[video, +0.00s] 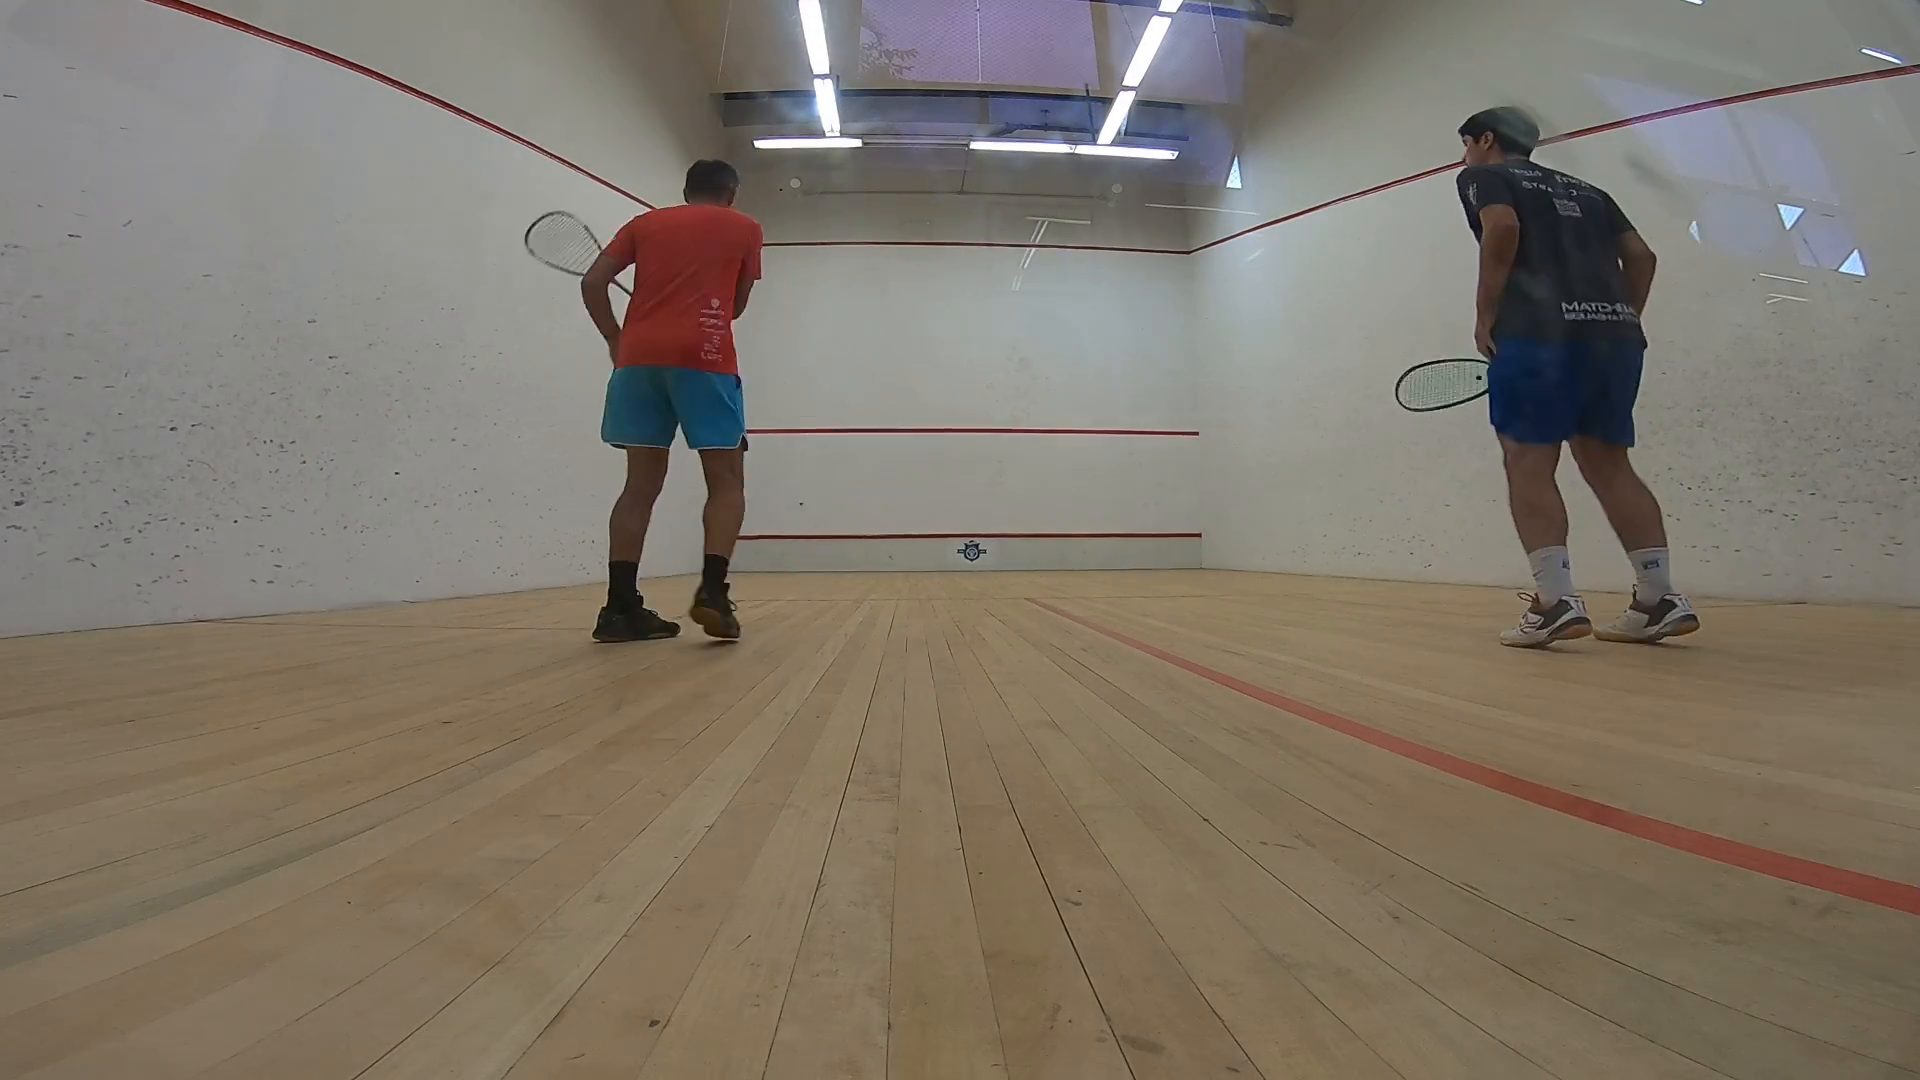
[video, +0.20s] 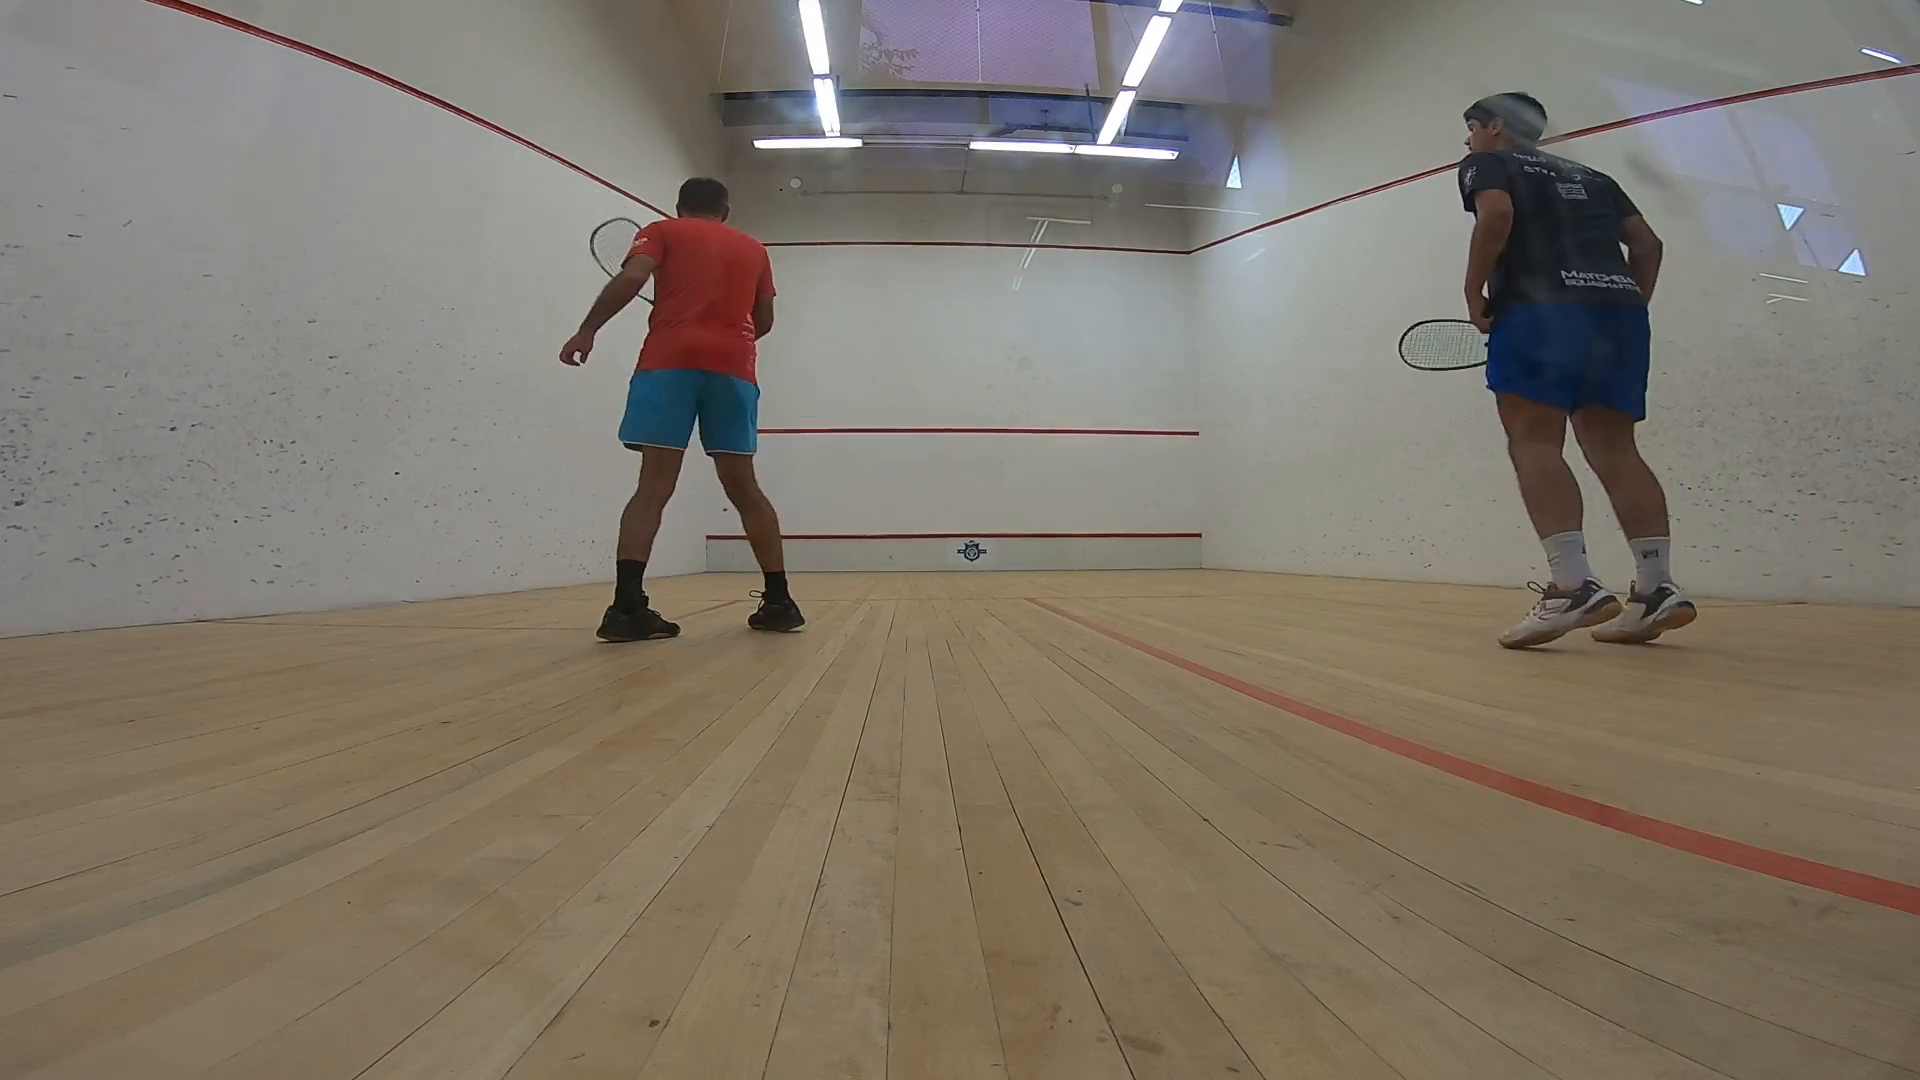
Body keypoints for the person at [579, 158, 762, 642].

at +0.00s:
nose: (734, 204)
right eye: (734, 198)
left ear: (686, 192)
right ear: (731, 196)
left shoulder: (647, 222)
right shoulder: (745, 228)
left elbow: (592, 283)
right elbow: (736, 304)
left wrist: (614, 337)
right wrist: (694, 336)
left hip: (637, 355)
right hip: (705, 359)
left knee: (641, 482)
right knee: (725, 483)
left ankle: (621, 607)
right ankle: (712, 594)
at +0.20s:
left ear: (680, 207)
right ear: (726, 213)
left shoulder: (662, 230)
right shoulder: (753, 249)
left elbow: (631, 278)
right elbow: (762, 322)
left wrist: (586, 331)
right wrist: (714, 337)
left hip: (668, 359)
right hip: (733, 367)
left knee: (654, 486)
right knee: (743, 485)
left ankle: (628, 605)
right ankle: (779, 600)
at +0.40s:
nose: (675, 230)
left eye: (676, 224)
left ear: (678, 222)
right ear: (720, 228)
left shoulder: (674, 237)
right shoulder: (751, 262)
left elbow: (682, 280)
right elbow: (772, 331)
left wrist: (629, 339)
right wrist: (711, 351)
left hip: (698, 373)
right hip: (755, 377)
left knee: (673, 489)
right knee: (753, 491)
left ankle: (687, 600)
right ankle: (785, 602)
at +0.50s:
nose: (665, 238)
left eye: (665, 232)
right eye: (668, 232)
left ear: (671, 228)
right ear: (710, 230)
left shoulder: (675, 243)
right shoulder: (739, 266)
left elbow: (695, 289)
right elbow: (763, 335)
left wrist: (651, 353)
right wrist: (699, 351)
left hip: (699, 377)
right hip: (751, 381)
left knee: (676, 488)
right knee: (736, 490)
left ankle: (718, 607)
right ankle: (782, 598)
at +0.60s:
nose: (654, 247)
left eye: (654, 241)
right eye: (655, 241)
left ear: (659, 234)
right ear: (698, 236)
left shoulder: (673, 251)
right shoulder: (725, 271)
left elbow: (698, 300)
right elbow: (724, 340)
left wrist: (662, 365)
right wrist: (673, 375)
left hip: (700, 383)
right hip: (743, 388)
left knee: (674, 493)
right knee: (710, 491)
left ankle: (716, 607)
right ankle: (769, 572)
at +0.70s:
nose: (647, 258)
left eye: (645, 250)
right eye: (646, 251)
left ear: (651, 242)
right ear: (684, 241)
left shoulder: (667, 254)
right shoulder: (708, 269)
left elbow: (695, 302)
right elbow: (709, 344)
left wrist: (664, 366)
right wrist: (658, 371)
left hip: (700, 383)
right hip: (734, 385)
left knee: (676, 488)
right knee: (697, 490)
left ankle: (717, 608)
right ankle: (744, 581)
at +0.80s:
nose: (637, 275)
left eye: (636, 266)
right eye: (636, 268)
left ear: (644, 255)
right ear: (670, 251)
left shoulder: (667, 265)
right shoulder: (687, 282)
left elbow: (704, 300)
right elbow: (693, 364)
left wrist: (667, 359)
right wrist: (634, 363)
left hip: (694, 395)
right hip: (724, 398)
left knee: (649, 491)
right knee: (697, 498)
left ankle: (709, 593)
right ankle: (739, 596)